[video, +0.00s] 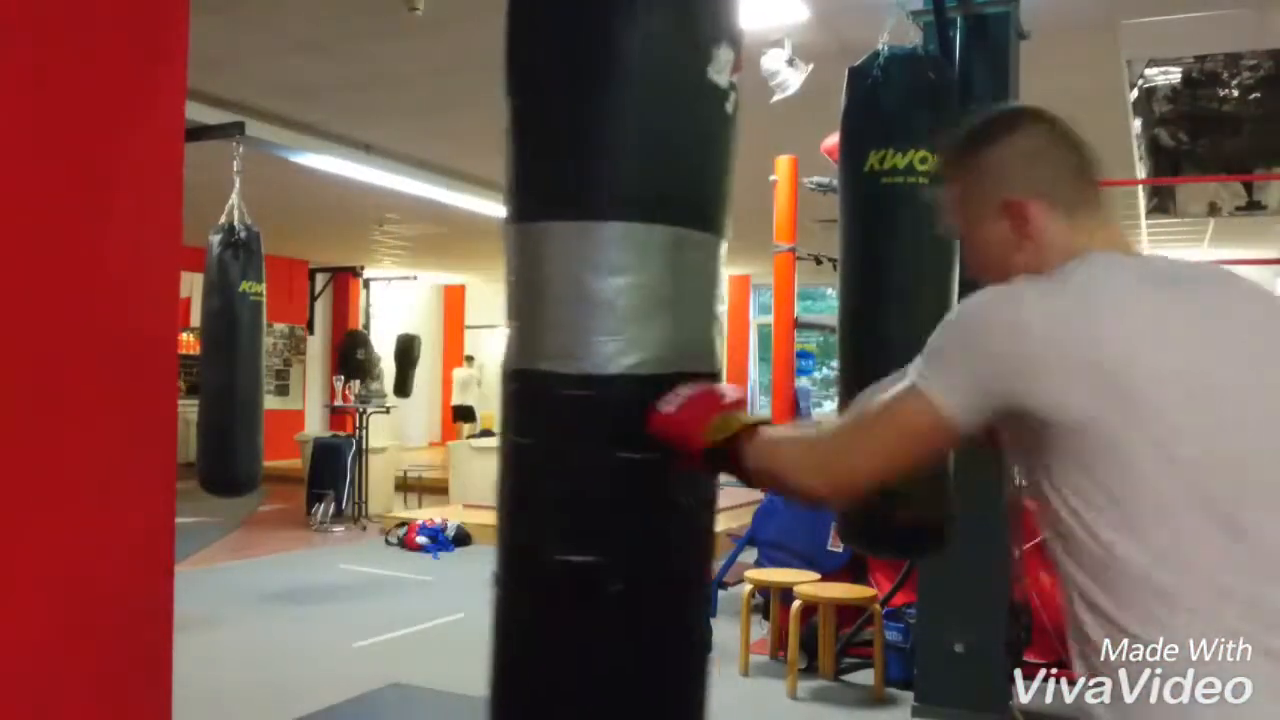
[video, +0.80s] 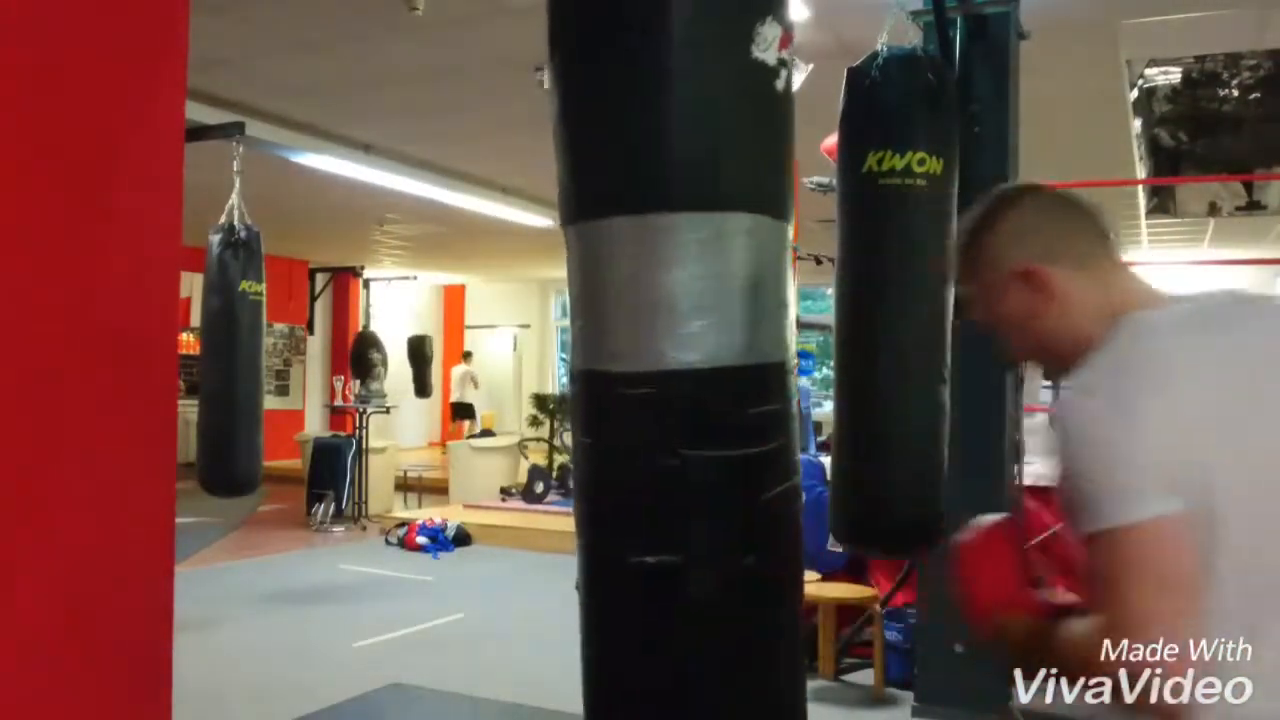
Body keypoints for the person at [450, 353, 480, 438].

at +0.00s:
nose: (471, 364)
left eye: (470, 362)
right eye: (471, 362)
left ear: (464, 361)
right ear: (472, 362)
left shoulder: (455, 371)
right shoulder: (474, 373)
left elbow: (455, 383)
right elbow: (479, 384)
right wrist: (480, 370)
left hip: (455, 402)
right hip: (468, 402)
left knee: (459, 423)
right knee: (471, 423)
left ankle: (459, 441)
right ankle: (466, 441)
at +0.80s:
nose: (471, 360)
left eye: (471, 358)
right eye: (470, 358)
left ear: (462, 358)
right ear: (469, 358)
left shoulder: (454, 369)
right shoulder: (469, 371)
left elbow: (454, 381)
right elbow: (476, 385)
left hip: (453, 400)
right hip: (465, 400)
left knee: (454, 423)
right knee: (472, 421)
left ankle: (451, 440)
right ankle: (468, 439)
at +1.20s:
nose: (478, 357)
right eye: (478, 355)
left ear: (470, 356)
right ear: (479, 356)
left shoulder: (462, 370)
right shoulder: (483, 369)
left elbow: (459, 384)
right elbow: (489, 383)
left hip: (465, 401)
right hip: (479, 400)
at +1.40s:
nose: (480, 362)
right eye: (481, 360)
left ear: (472, 360)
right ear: (482, 360)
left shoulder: (465, 374)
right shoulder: (485, 373)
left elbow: (461, 388)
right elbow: (491, 388)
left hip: (469, 405)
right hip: (483, 404)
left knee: (465, 428)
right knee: (485, 428)